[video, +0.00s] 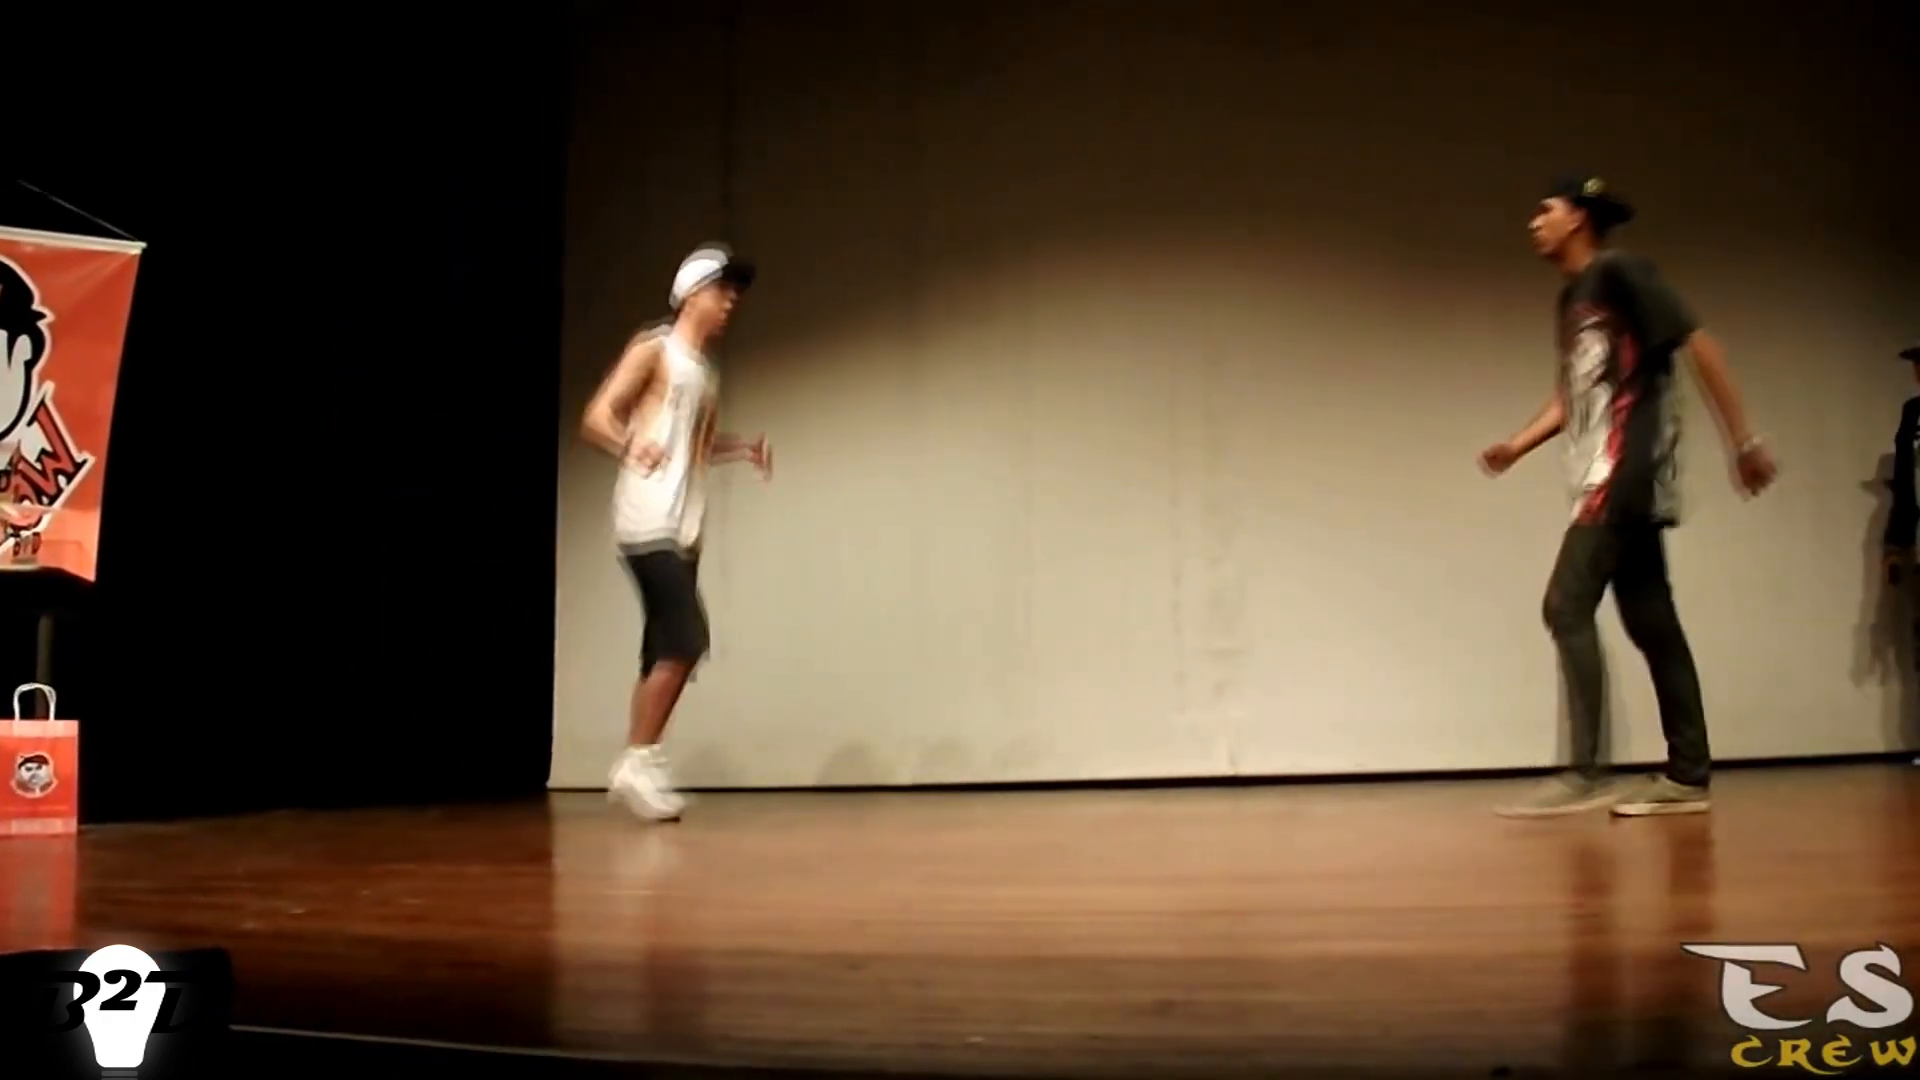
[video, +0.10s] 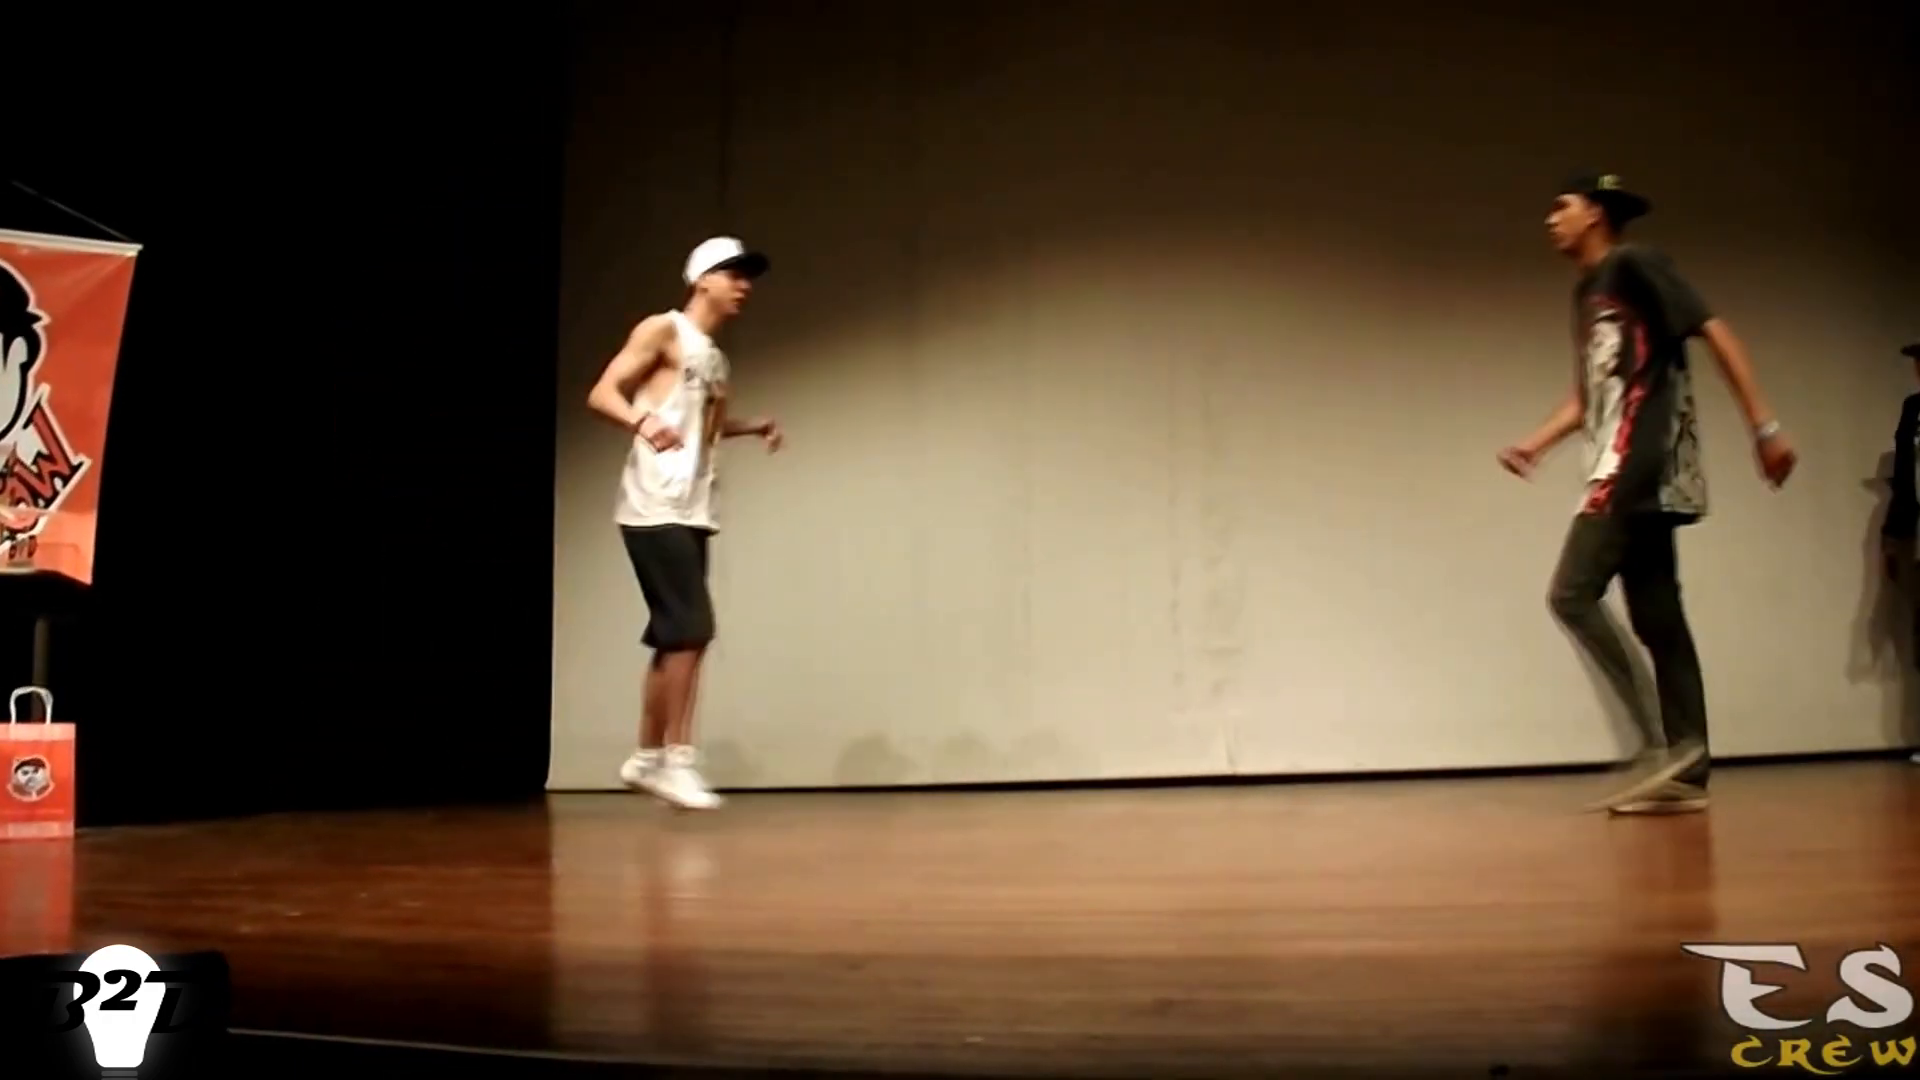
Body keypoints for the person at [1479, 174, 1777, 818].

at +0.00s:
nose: (1534, 223)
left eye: (1546, 212)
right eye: (1537, 213)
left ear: (1582, 220)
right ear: (1571, 224)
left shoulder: (1625, 274)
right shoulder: (1573, 296)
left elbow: (1699, 347)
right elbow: (1569, 398)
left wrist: (1742, 442)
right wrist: (1515, 446)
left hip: (1625, 481)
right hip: (1612, 483)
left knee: (1566, 608)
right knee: (1654, 624)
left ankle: (1583, 776)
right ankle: (1689, 776)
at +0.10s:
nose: (1551, 220)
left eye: (1562, 208)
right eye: (1553, 210)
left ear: (1598, 215)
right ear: (1589, 220)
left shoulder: (1637, 264)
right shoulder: (1591, 290)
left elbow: (1714, 334)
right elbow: (1587, 398)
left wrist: (1764, 429)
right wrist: (1534, 444)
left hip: (1635, 469)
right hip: (1632, 472)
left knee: (1572, 598)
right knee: (1660, 620)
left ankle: (1658, 748)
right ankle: (1687, 775)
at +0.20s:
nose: (1564, 218)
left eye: (1575, 207)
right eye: (1566, 208)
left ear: (1611, 215)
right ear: (1603, 219)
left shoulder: (1644, 263)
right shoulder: (1612, 286)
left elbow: (1718, 332)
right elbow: (1612, 397)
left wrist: (1769, 426)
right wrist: (1558, 457)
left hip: (1648, 467)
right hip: (1641, 469)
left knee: (1592, 600)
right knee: (1667, 612)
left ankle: (1710, 719)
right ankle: (1684, 772)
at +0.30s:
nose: (1578, 216)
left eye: (1590, 204)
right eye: (1581, 206)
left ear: (1626, 212)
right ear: (1617, 217)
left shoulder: (1659, 265)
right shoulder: (1629, 284)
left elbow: (1711, 341)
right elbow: (1635, 395)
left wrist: (1757, 426)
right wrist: (1600, 473)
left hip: (1662, 475)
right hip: (1643, 478)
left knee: (1640, 607)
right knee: (1674, 619)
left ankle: (1765, 722)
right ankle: (1683, 773)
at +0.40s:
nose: (1596, 212)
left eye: (1608, 201)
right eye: (1599, 202)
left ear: (1644, 210)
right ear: (1632, 214)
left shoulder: (1673, 266)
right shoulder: (1647, 282)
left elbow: (1694, 348)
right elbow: (1654, 385)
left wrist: (1707, 435)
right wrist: (1649, 476)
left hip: (1683, 478)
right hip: (1654, 483)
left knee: (1698, 611)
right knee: (1673, 622)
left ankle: (1803, 757)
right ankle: (1680, 775)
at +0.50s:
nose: (1613, 211)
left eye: (1625, 199)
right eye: (1615, 201)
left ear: (1662, 208)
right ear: (1654, 212)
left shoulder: (1690, 259)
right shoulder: (1666, 276)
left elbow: (1683, 349)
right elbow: (1682, 373)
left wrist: (1641, 419)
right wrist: (1641, 433)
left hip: (1716, 470)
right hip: (1680, 473)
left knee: (1745, 610)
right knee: (1669, 619)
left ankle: (1811, 768)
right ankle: (1677, 776)